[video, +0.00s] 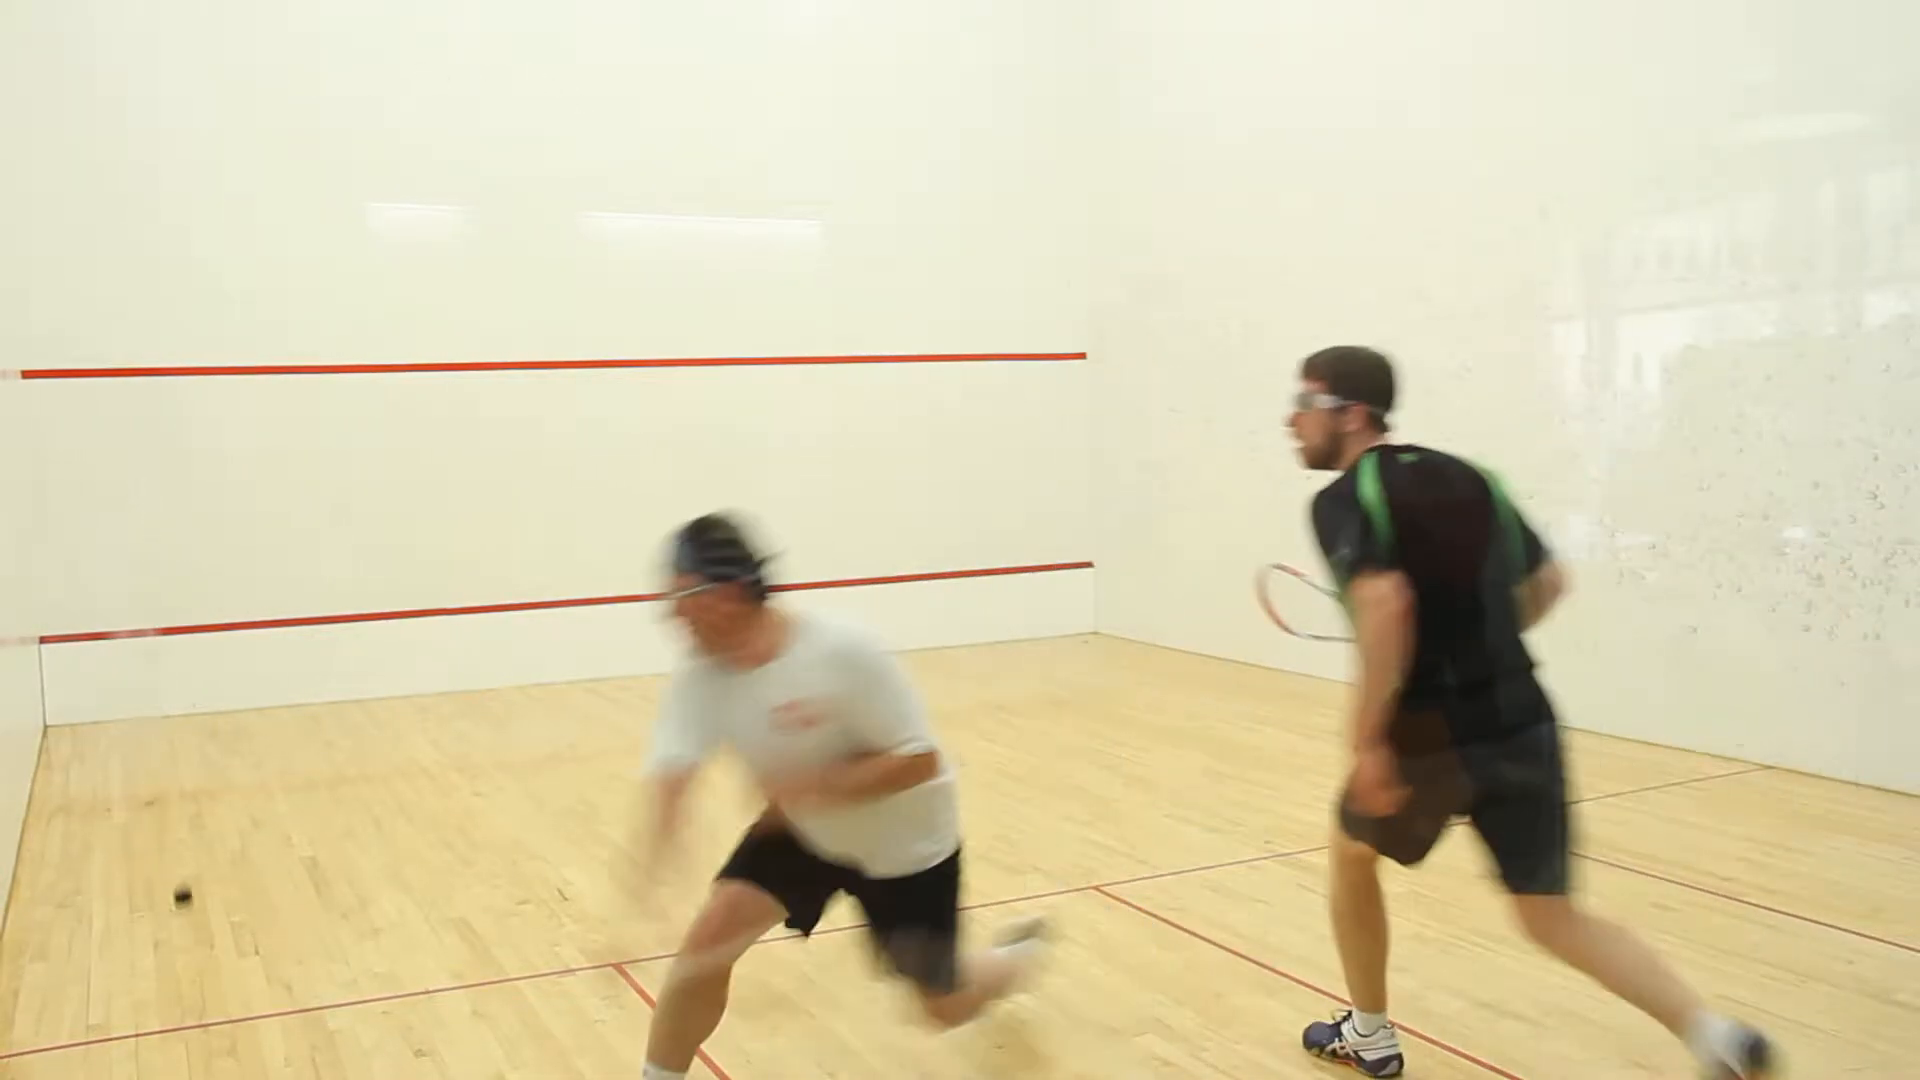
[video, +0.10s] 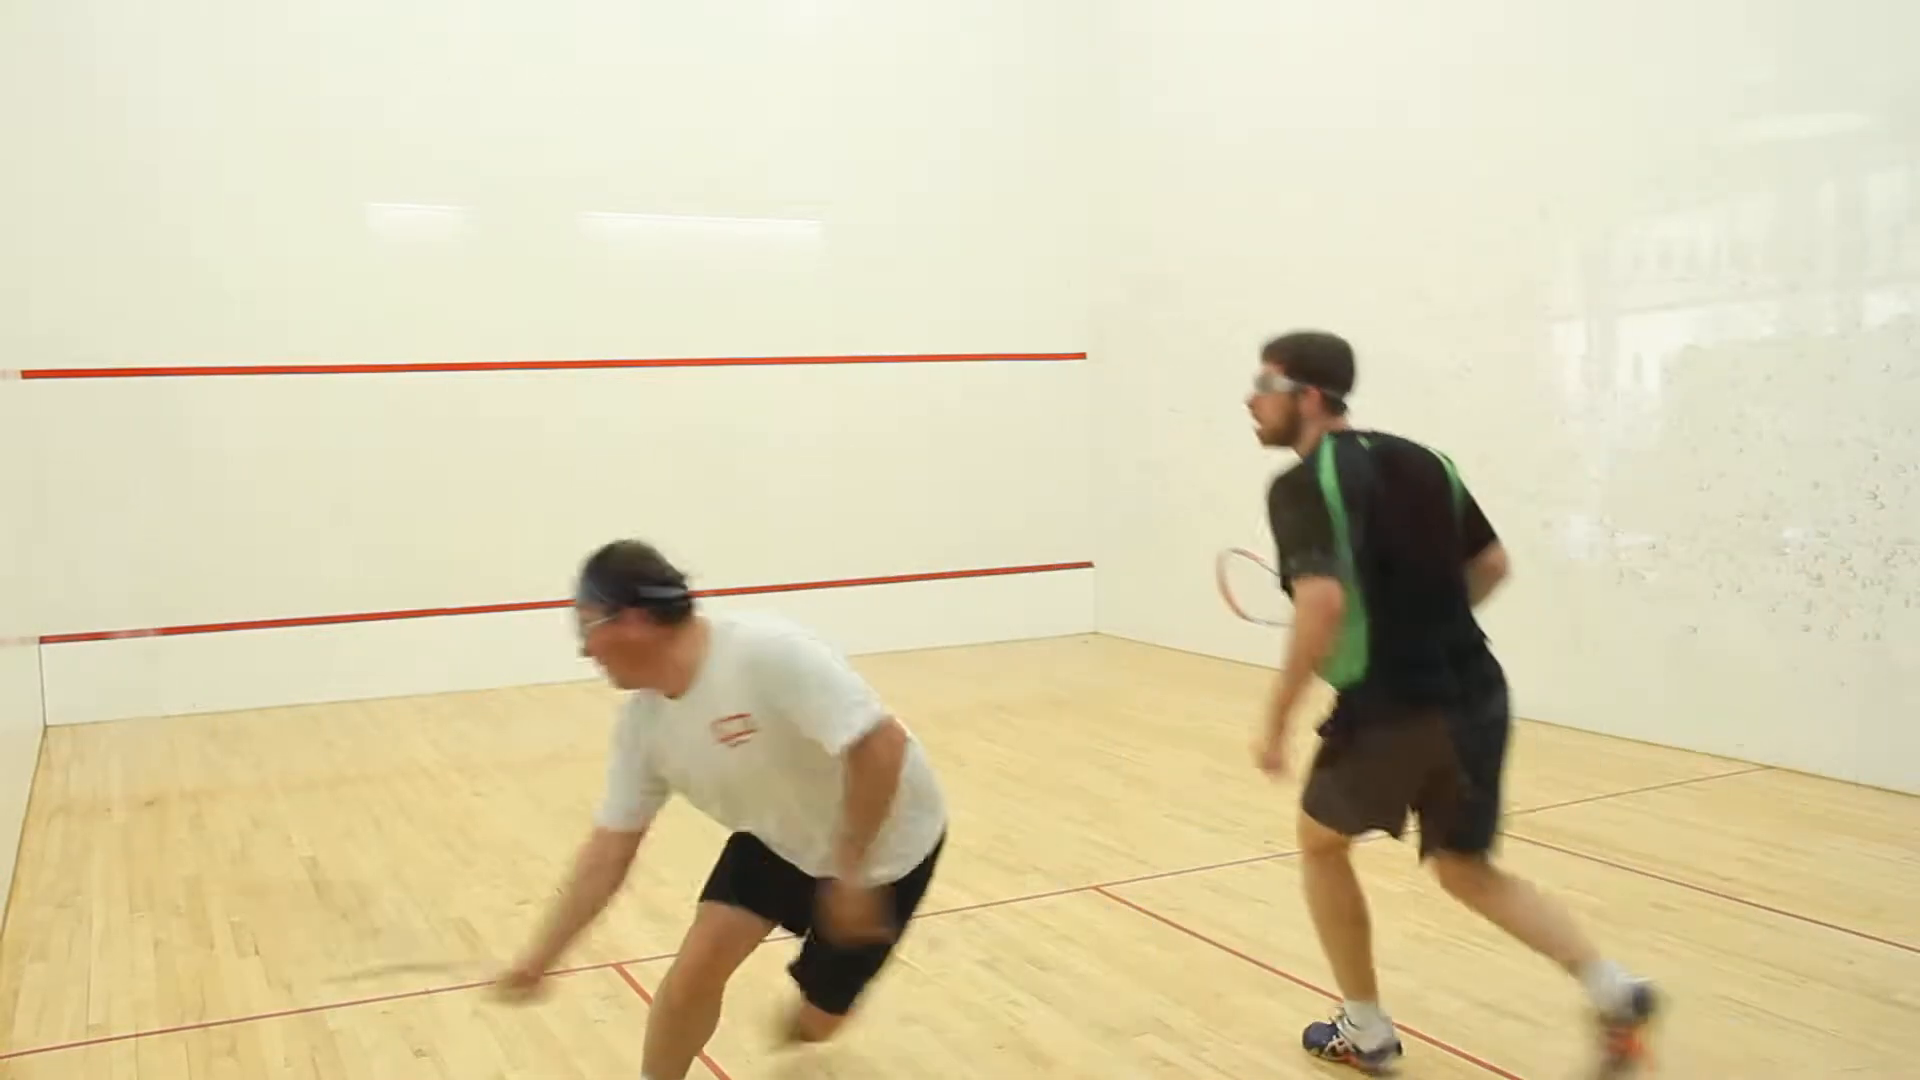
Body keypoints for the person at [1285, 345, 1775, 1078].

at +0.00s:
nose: (1291, 421)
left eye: (1304, 405)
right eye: (1295, 403)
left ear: (1352, 415)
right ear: (1369, 416)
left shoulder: (1345, 498)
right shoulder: (1466, 476)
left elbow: (1385, 602)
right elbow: (1544, 579)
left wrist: (1369, 741)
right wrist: (1469, 645)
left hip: (1428, 738)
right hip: (1516, 727)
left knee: (1352, 851)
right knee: (1549, 913)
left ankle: (1368, 1029)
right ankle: (1715, 1037)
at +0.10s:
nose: (1252, 401)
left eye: (1264, 388)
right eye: (1256, 386)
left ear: (1310, 399)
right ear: (1323, 400)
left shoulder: (1303, 485)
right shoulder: (1421, 461)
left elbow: (1322, 604)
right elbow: (1489, 563)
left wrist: (1277, 716)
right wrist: (1415, 619)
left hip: (1390, 711)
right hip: (1474, 701)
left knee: (1322, 843)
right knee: (1460, 864)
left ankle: (1365, 1025)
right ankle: (1613, 989)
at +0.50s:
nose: (1214, 456)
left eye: (1218, 445)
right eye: (1219, 443)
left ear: (1230, 454)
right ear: (1281, 453)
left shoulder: (1237, 533)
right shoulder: (1342, 521)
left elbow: (1223, 648)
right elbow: (1393, 631)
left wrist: (1162, 703)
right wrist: (1323, 654)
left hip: (1298, 738)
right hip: (1381, 729)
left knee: (1174, 837)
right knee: (1325, 794)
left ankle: (1150, 1009)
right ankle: (1364, 921)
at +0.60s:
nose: (1267, 425)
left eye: (1269, 415)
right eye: (1274, 415)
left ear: (1277, 422)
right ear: (1330, 426)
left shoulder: (1263, 498)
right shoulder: (1386, 496)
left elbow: (1190, 589)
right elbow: (1427, 610)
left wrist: (1162, 634)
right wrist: (1369, 643)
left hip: (1319, 702)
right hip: (1403, 701)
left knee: (1220, 819)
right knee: (1348, 790)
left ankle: (1185, 971)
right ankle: (1365, 921)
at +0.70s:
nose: (1331, 411)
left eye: (1333, 402)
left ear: (1339, 406)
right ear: (1394, 412)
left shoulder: (1294, 466)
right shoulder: (1437, 486)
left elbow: (1192, 495)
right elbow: (1474, 602)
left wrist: (1138, 543)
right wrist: (1471, 564)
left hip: (1314, 684)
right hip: (1405, 687)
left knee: (1257, 818)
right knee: (1393, 784)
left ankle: (1244, 964)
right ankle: (1402, 917)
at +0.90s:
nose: (1454, 469)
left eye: (1448, 457)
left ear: (1441, 455)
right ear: (1495, 480)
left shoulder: (1386, 487)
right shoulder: (1496, 570)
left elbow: (1289, 530)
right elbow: (1467, 672)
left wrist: (1208, 577)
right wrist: (1496, 681)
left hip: (1328, 693)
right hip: (1416, 713)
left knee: (1272, 832)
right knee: (1466, 788)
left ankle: (1210, 959)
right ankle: (1497, 934)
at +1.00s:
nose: (1452, 447)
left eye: (1454, 438)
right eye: (1457, 440)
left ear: (1462, 439)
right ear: (1516, 458)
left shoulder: (1425, 480)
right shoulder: (1526, 542)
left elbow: (1357, 544)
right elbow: (1479, 621)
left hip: (1370, 676)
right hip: (1451, 696)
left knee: (1287, 807)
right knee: (1477, 789)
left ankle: (1217, 941)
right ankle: (1498, 933)